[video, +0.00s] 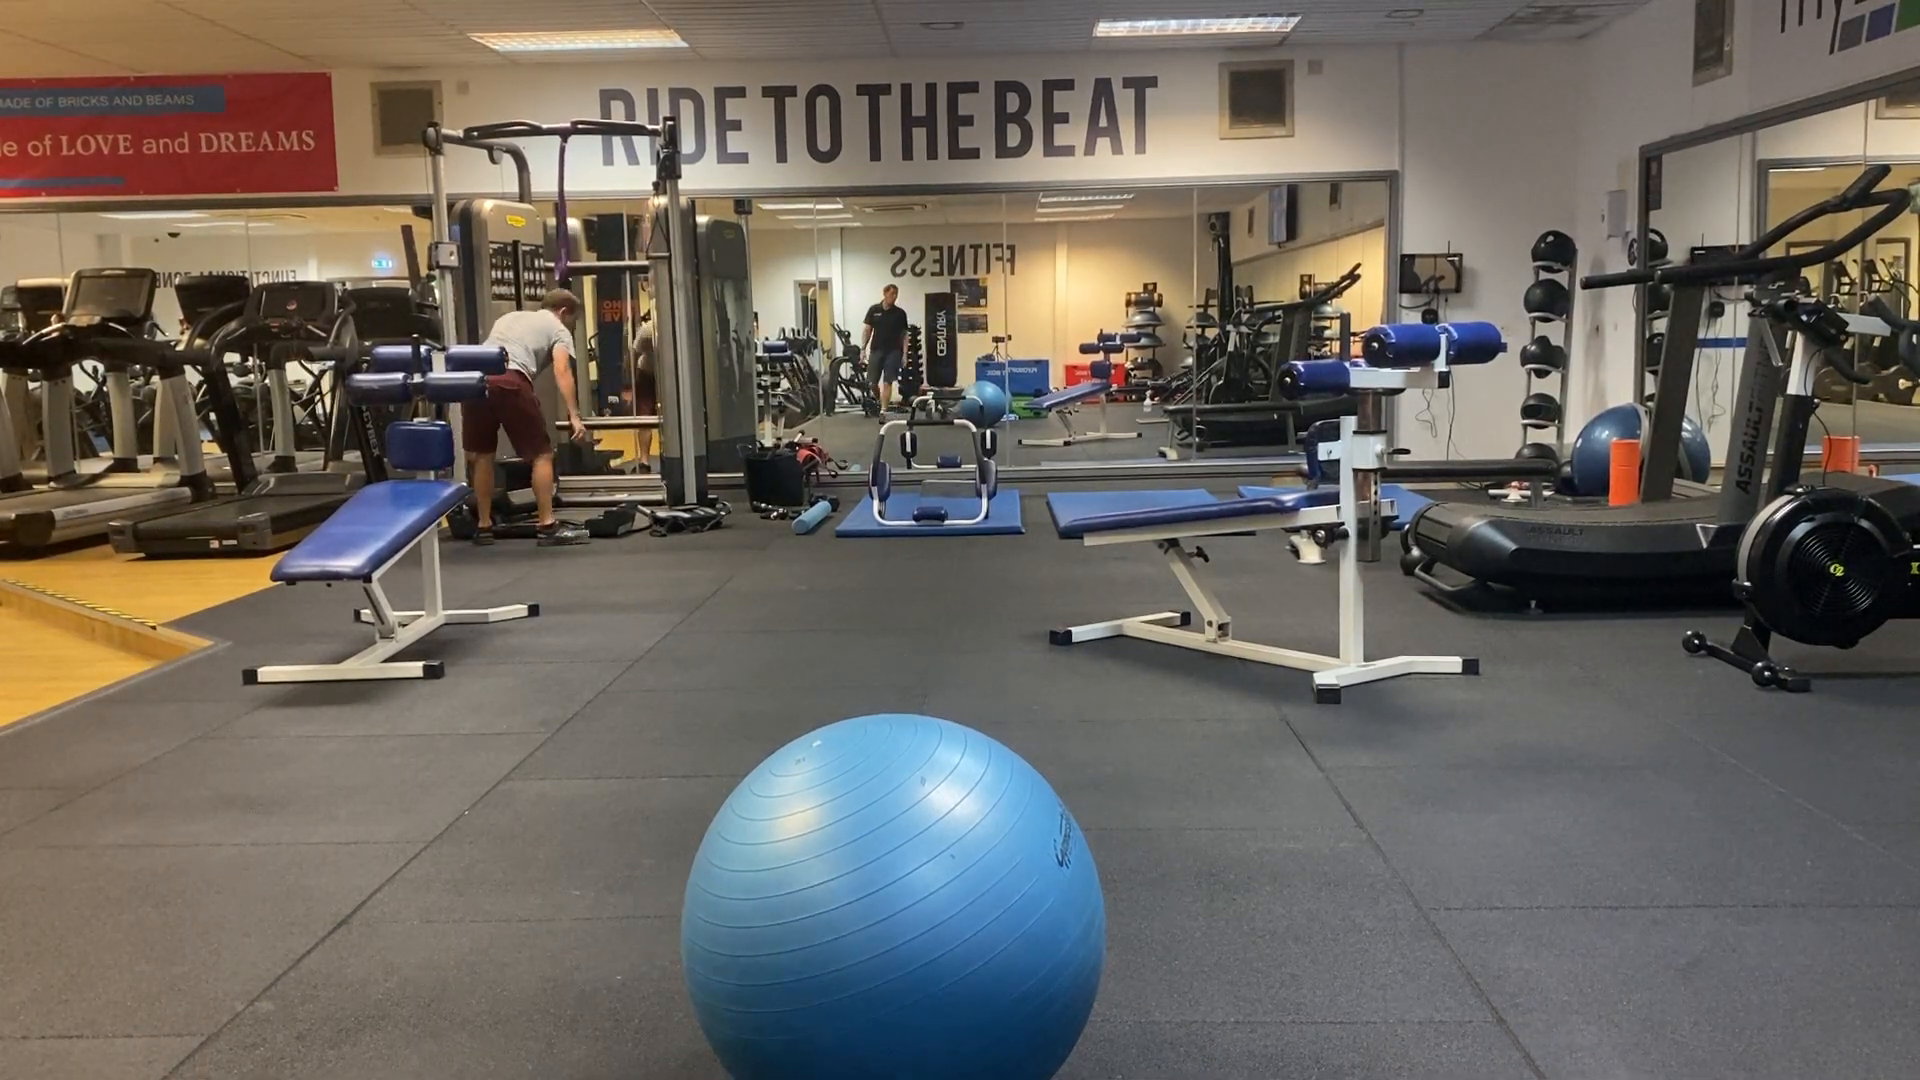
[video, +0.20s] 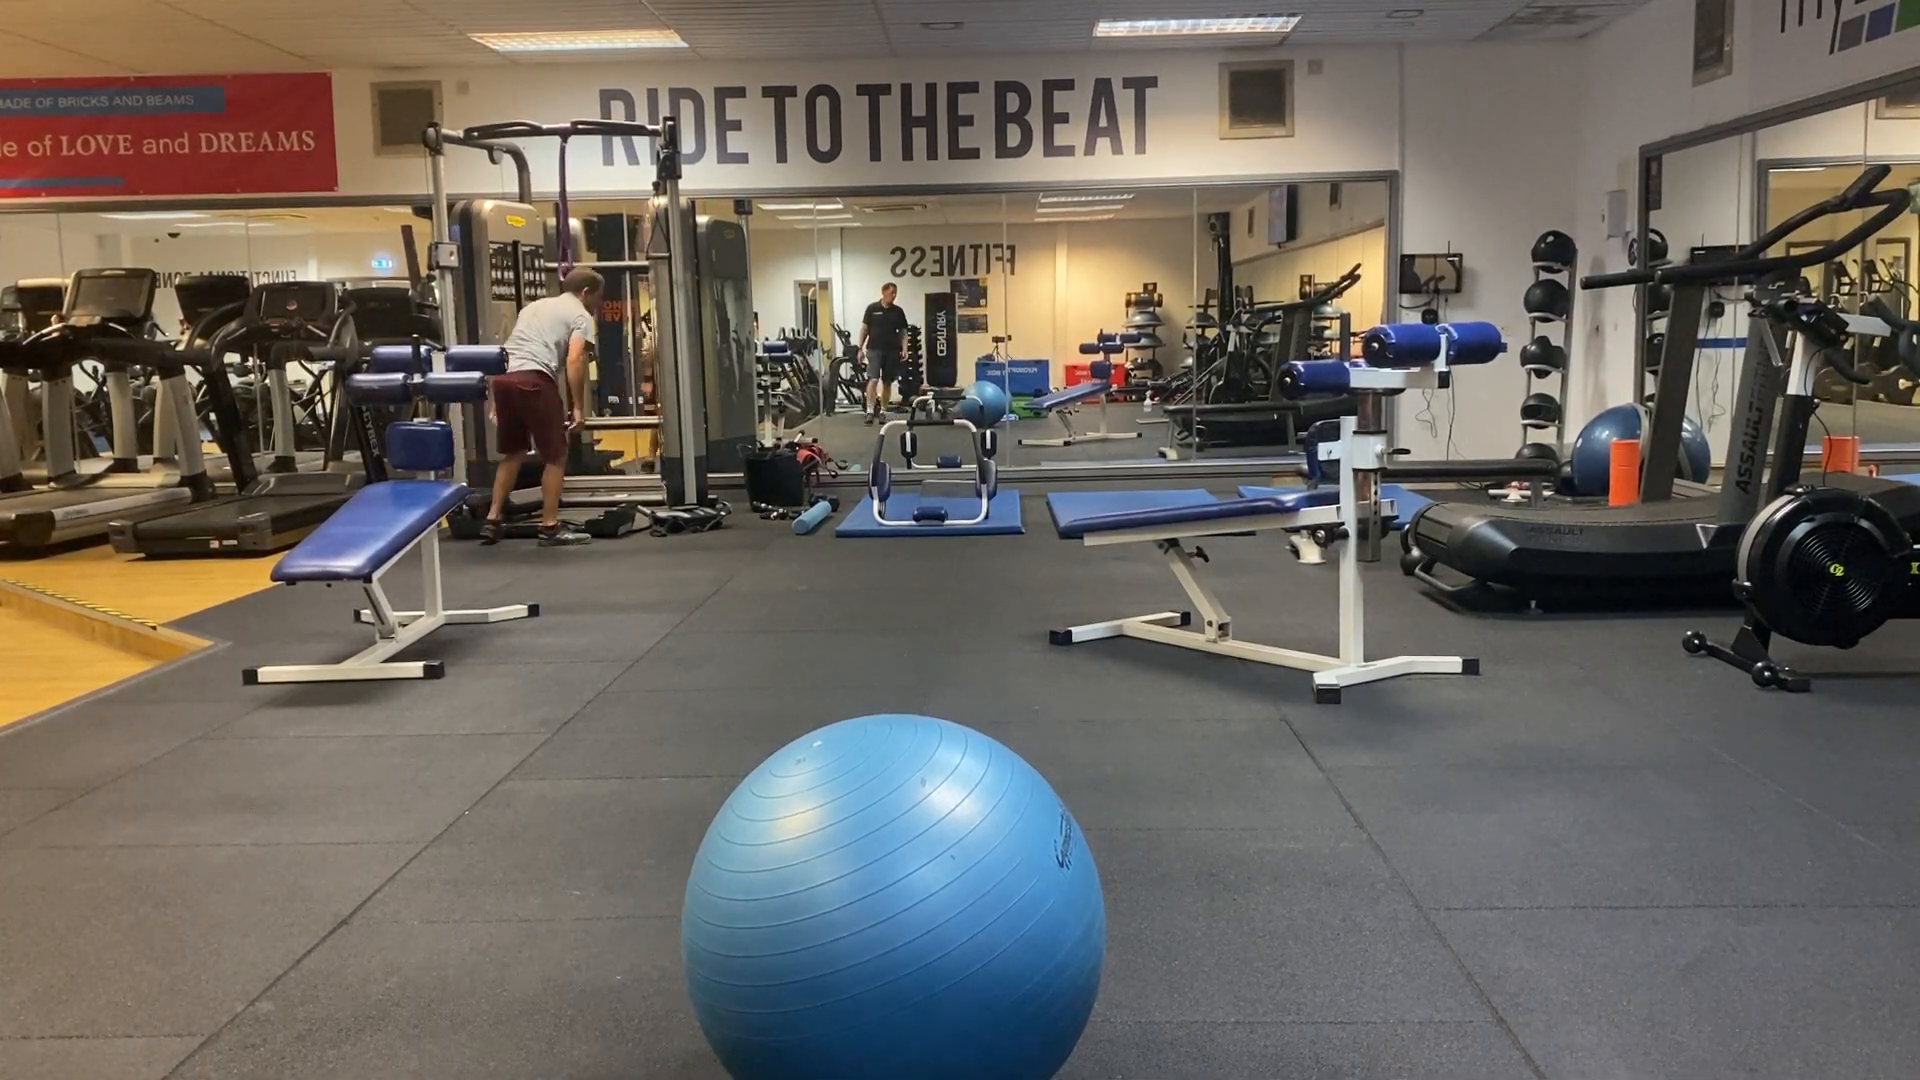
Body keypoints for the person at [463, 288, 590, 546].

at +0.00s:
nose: (571, 326)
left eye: (573, 321)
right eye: (572, 320)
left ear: (545, 308)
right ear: (563, 311)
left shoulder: (508, 317)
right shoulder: (558, 329)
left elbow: (486, 350)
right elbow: (562, 372)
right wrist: (574, 415)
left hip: (476, 381)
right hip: (511, 383)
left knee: (483, 456)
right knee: (541, 455)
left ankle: (483, 526)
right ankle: (547, 525)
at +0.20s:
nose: (598, 303)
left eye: (600, 297)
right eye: (598, 296)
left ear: (570, 289)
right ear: (586, 292)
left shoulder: (534, 306)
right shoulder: (581, 315)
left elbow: (508, 350)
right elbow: (574, 360)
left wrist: (496, 399)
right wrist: (577, 407)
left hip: (505, 381)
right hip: (537, 382)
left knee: (513, 454)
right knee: (555, 456)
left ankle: (492, 520)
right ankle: (549, 526)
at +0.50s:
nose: (622, 283)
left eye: (622, 276)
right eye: (621, 276)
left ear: (592, 272)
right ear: (606, 273)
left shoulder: (566, 296)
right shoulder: (601, 299)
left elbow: (558, 342)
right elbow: (600, 349)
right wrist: (613, 393)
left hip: (543, 377)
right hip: (563, 378)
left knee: (602, 439)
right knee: (571, 453)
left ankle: (594, 512)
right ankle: (550, 525)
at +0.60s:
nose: (630, 280)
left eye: (631, 274)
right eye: (628, 274)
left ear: (604, 270)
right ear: (614, 270)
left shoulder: (580, 295)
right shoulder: (608, 296)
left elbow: (575, 344)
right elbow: (610, 345)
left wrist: (597, 387)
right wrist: (630, 387)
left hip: (562, 380)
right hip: (578, 382)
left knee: (611, 447)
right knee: (577, 455)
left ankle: (626, 517)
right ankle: (552, 524)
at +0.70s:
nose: (641, 275)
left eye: (641, 269)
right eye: (639, 268)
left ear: (616, 268)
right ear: (624, 267)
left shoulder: (597, 291)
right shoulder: (616, 292)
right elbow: (618, 341)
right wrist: (642, 380)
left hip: (579, 379)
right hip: (593, 380)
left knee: (622, 446)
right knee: (597, 455)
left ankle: (628, 519)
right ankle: (558, 517)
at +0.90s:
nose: (664, 270)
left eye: (665, 263)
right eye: (662, 263)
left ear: (639, 262)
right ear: (646, 261)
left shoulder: (621, 285)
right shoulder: (635, 286)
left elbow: (611, 334)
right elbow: (630, 332)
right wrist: (647, 371)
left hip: (604, 374)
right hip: (618, 374)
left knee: (630, 448)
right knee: (654, 445)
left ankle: (630, 515)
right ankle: (610, 500)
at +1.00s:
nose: (673, 274)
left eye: (674, 268)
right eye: (672, 267)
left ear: (649, 262)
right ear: (656, 262)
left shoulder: (629, 282)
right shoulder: (645, 285)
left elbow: (624, 331)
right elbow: (636, 328)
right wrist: (650, 372)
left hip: (612, 374)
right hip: (630, 374)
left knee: (635, 446)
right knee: (670, 442)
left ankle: (628, 516)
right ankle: (651, 507)